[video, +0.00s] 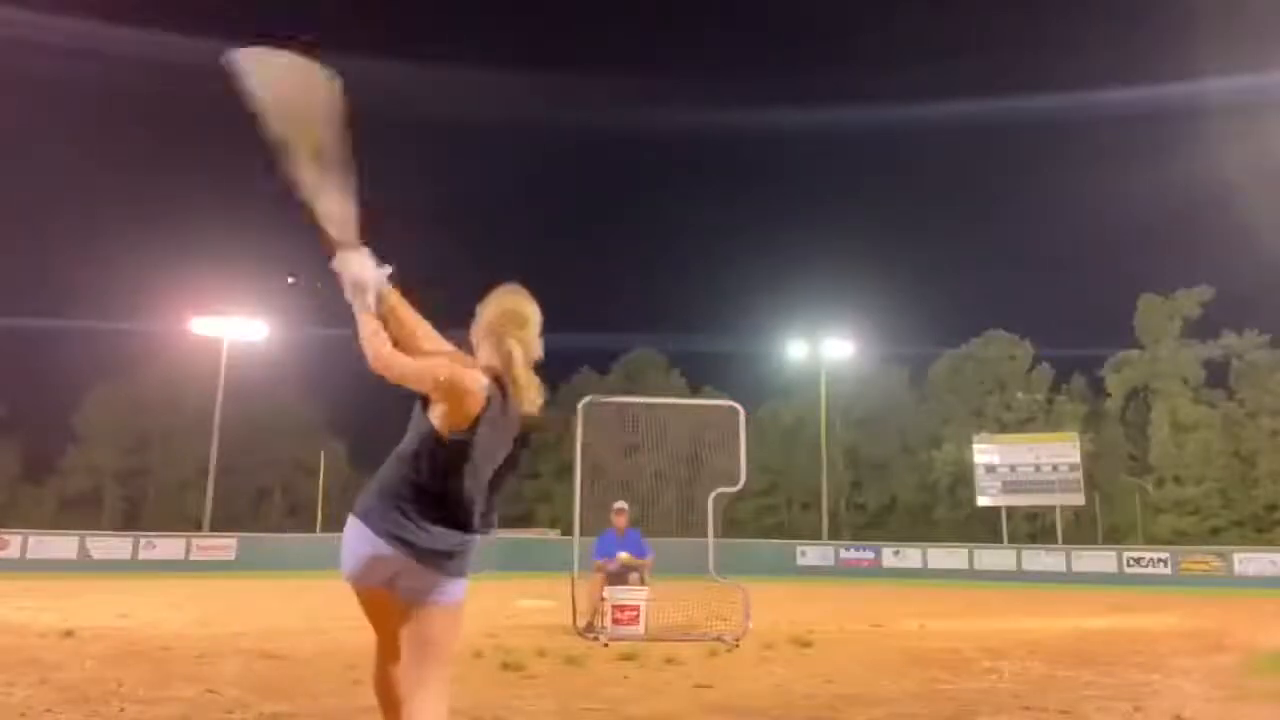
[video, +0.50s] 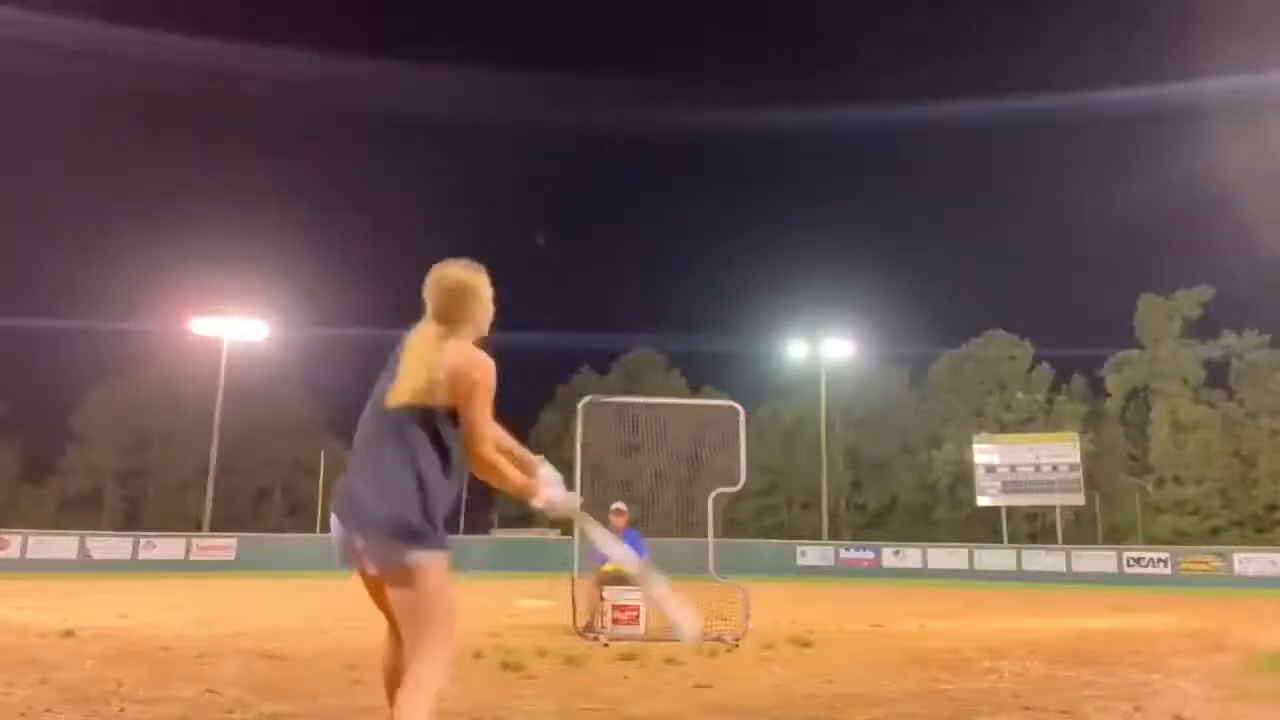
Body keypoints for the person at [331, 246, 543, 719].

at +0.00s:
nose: (470, 326)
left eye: (475, 319)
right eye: (474, 321)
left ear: (480, 326)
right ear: (531, 339)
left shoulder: (460, 377)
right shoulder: (516, 398)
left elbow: (382, 358)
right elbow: (429, 345)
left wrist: (361, 298)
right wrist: (382, 288)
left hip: (378, 533)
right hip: (445, 555)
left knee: (389, 650)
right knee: (427, 689)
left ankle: (396, 718)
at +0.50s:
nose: (492, 310)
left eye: (490, 301)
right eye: (489, 301)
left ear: (432, 302)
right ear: (480, 308)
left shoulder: (412, 346)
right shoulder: (473, 363)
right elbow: (478, 454)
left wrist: (533, 463)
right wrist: (535, 493)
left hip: (357, 509)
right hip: (405, 519)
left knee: (403, 636)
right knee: (432, 646)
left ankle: (401, 714)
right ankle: (410, 712)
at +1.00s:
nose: (459, 253)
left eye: (454, 245)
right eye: (444, 245)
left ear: (438, 262)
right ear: (413, 262)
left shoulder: (451, 322)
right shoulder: (380, 313)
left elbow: (485, 417)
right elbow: (346, 392)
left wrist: (475, 356)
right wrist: (434, 341)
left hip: (375, 508)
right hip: (342, 507)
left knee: (381, 643)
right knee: (404, 638)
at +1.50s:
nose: (401, 246)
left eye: (401, 236)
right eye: (391, 235)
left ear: (387, 248)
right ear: (355, 239)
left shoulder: (388, 303)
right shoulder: (311, 282)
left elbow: (427, 370)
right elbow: (295, 360)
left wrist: (408, 312)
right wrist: (352, 294)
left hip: (317, 485)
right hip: (282, 482)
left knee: (269, 640)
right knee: (344, 626)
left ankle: (198, 712)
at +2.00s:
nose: (374, 255)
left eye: (371, 247)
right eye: (369, 246)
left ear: (316, 238)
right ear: (355, 243)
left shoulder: (302, 286)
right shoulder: (330, 275)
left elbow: (387, 384)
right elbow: (366, 350)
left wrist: (433, 332)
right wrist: (410, 302)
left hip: (248, 473)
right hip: (293, 475)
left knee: (255, 635)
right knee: (345, 625)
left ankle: (185, 713)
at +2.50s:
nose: (369, 264)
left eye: (369, 254)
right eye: (368, 252)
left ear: (311, 242)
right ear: (355, 246)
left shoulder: (296, 297)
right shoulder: (319, 280)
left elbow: (373, 392)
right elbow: (347, 340)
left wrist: (420, 349)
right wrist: (409, 304)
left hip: (246, 481)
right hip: (288, 485)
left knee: (255, 638)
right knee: (346, 626)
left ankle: (184, 714)